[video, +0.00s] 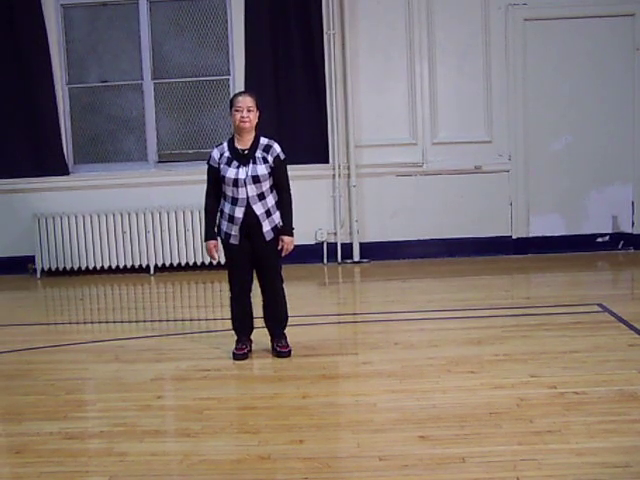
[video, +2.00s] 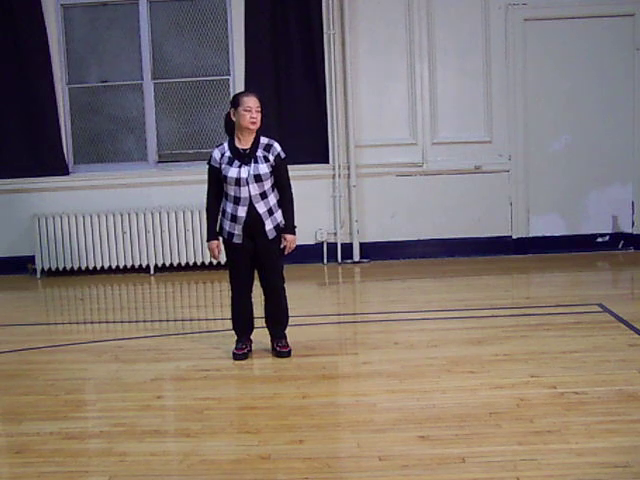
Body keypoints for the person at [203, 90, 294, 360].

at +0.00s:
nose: (244, 115)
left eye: (249, 110)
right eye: (238, 110)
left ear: (257, 115)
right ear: (231, 115)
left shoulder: (271, 150)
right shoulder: (219, 154)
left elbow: (284, 192)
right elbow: (212, 197)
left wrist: (287, 230)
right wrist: (210, 234)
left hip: (267, 230)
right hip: (233, 232)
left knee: (272, 285)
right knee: (239, 288)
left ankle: (278, 335)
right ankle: (242, 337)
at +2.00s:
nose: (254, 115)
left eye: (258, 111)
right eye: (248, 110)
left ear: (261, 115)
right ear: (233, 114)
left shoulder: (271, 149)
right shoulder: (220, 154)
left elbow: (285, 191)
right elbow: (213, 197)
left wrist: (289, 229)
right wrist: (212, 235)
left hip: (269, 231)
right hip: (235, 233)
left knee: (274, 285)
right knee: (240, 288)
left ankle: (279, 335)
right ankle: (243, 338)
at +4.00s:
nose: (241, 114)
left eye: (246, 109)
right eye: (235, 110)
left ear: (254, 114)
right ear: (227, 116)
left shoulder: (268, 149)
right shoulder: (216, 155)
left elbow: (282, 192)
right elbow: (210, 198)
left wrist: (285, 229)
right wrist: (210, 235)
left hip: (266, 231)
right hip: (232, 233)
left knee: (272, 285)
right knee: (239, 289)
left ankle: (279, 335)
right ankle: (243, 338)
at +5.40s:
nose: (244, 116)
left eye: (249, 111)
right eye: (238, 111)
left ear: (257, 115)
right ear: (230, 116)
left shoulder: (271, 149)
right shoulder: (218, 154)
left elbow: (284, 192)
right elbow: (212, 196)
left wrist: (287, 229)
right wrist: (210, 234)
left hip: (267, 231)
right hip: (234, 233)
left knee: (273, 286)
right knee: (239, 289)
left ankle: (279, 336)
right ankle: (243, 338)